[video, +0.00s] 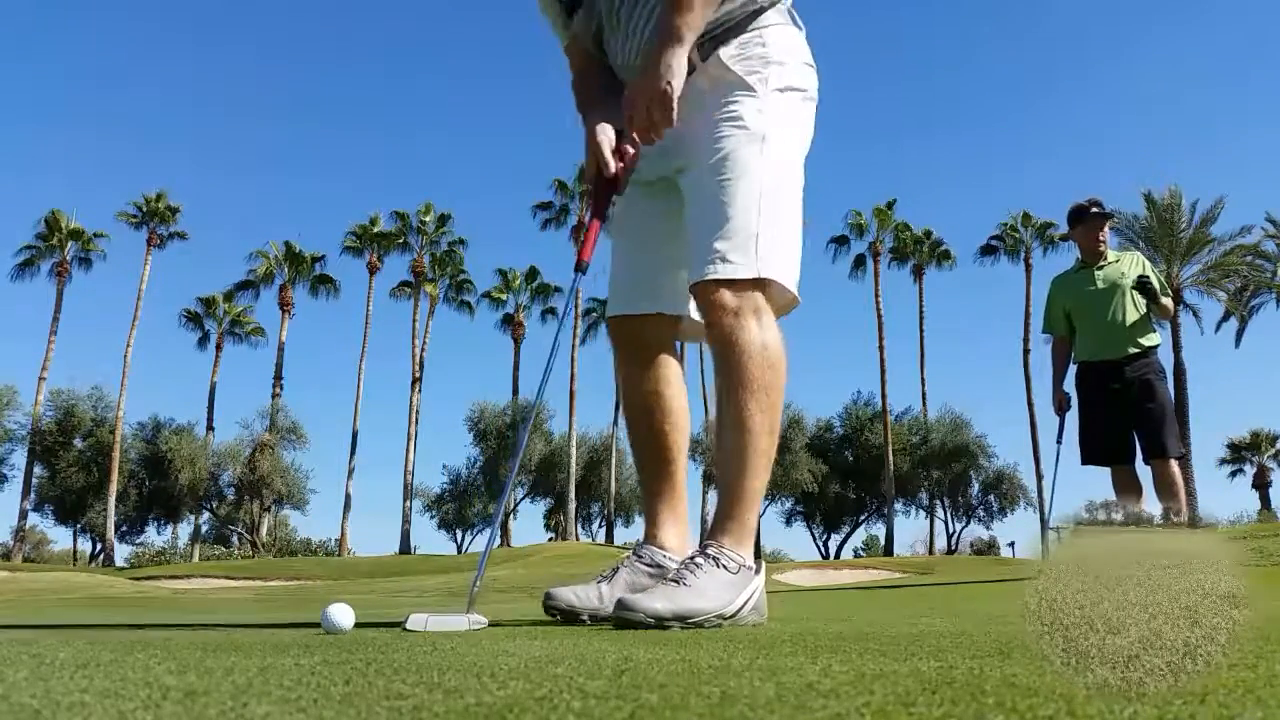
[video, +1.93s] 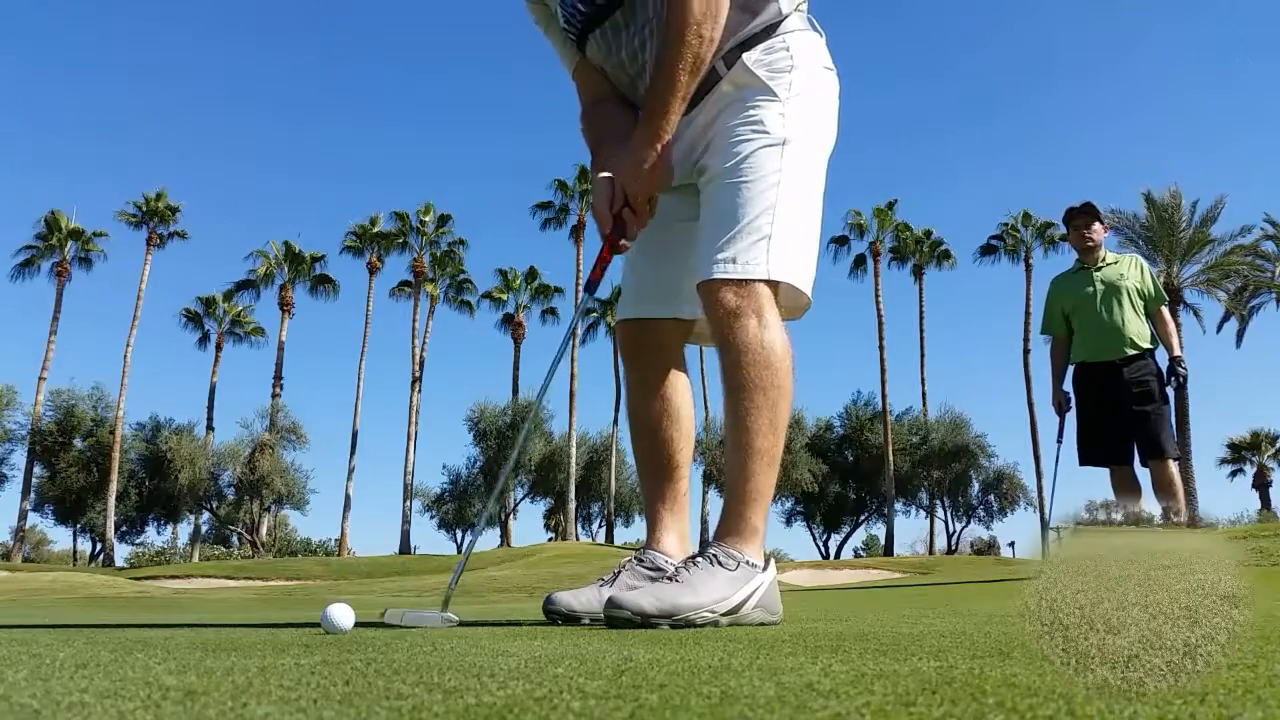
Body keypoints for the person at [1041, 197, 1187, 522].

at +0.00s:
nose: (1100, 233)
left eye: (1103, 226)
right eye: (1091, 228)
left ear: (1109, 229)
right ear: (1073, 234)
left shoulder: (1135, 262)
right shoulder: (1063, 285)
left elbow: (1168, 312)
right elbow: (1061, 340)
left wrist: (1154, 297)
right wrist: (1057, 386)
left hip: (1142, 369)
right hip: (1096, 376)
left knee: (1163, 454)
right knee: (1119, 462)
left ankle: (1178, 531)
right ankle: (1135, 535)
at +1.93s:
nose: (1084, 232)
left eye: (1090, 226)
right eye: (1076, 229)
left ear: (1103, 229)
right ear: (1068, 238)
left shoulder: (1134, 266)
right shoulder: (1062, 285)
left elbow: (1159, 313)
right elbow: (1059, 340)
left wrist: (1175, 355)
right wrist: (1057, 387)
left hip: (1140, 372)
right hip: (1094, 379)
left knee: (1160, 454)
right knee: (1118, 462)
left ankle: (1178, 529)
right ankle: (1135, 535)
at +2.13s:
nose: (1084, 232)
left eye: (1090, 226)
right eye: (1076, 229)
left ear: (1103, 229)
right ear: (1068, 238)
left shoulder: (1135, 265)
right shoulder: (1063, 285)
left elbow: (1160, 312)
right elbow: (1060, 340)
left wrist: (1176, 354)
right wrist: (1058, 387)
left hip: (1140, 372)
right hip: (1095, 379)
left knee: (1161, 454)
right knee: (1118, 462)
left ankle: (1178, 529)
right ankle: (1135, 535)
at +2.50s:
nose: (1083, 232)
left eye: (1088, 225)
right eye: (1075, 229)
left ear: (1103, 228)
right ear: (1068, 238)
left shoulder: (1135, 265)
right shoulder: (1061, 284)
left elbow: (1159, 313)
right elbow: (1058, 340)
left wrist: (1174, 355)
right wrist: (1057, 388)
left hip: (1139, 370)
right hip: (1093, 377)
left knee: (1158, 442)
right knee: (1117, 460)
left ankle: (1169, 517)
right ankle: (1135, 525)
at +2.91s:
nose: (1087, 226)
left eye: (1092, 219)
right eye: (1079, 223)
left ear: (1107, 222)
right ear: (1071, 232)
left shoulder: (1138, 261)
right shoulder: (1064, 278)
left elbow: (1164, 313)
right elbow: (1060, 337)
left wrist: (1182, 358)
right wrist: (1056, 385)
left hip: (1136, 368)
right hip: (1090, 375)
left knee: (1138, 455)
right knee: (1113, 461)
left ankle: (1149, 529)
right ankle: (1130, 530)